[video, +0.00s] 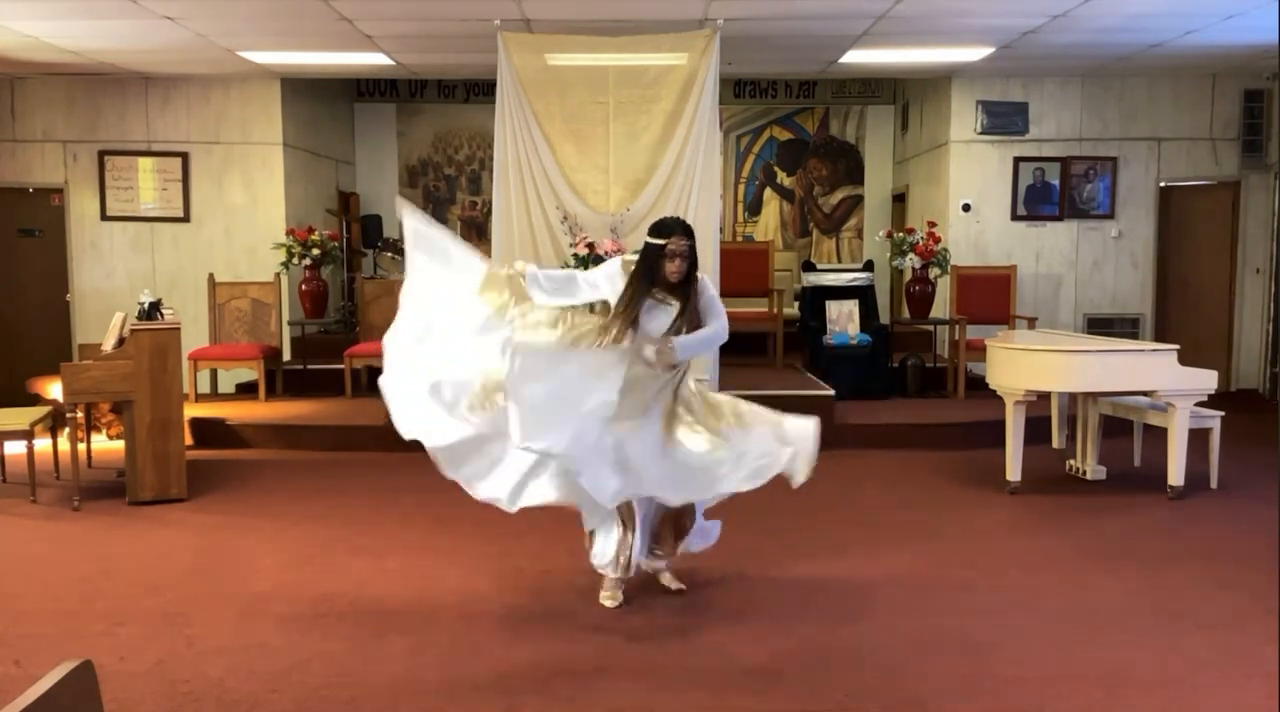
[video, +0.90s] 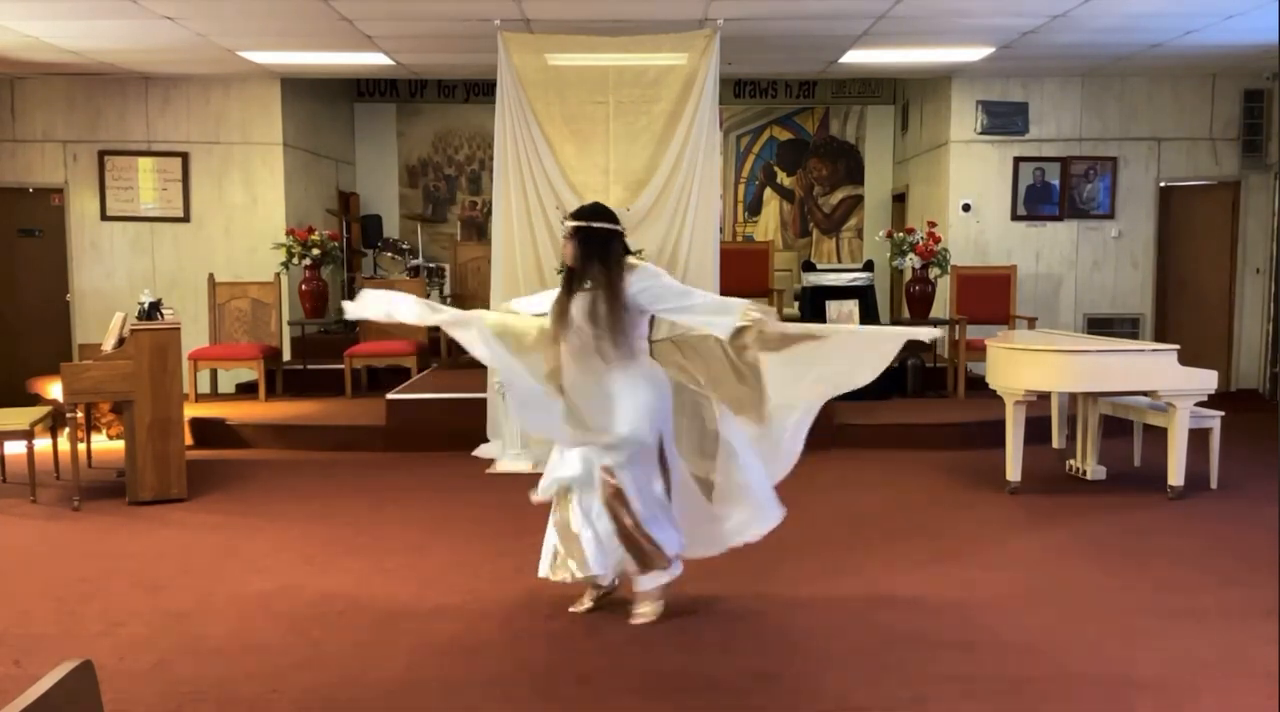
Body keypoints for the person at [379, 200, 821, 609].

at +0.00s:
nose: (676, 265)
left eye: (683, 257)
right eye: (667, 257)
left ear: (692, 258)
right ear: (651, 256)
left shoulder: (697, 289)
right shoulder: (626, 279)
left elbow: (720, 331)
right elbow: (572, 283)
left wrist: (675, 349)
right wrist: (520, 275)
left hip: (670, 396)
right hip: (619, 395)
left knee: (684, 482)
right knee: (612, 480)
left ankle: (659, 557)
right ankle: (613, 572)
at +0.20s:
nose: (678, 269)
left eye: (685, 261)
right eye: (669, 261)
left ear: (695, 263)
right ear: (654, 262)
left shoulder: (705, 299)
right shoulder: (627, 291)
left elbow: (739, 333)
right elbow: (585, 315)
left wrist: (718, 361)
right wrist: (544, 305)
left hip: (682, 406)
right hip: (626, 404)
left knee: (682, 488)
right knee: (602, 482)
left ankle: (672, 578)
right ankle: (608, 572)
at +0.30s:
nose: (670, 274)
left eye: (679, 267)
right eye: (662, 266)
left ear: (692, 269)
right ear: (649, 268)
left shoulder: (707, 309)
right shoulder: (626, 305)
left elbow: (741, 351)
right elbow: (585, 352)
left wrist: (752, 379)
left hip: (691, 417)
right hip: (632, 418)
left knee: (685, 499)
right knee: (586, 491)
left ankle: (677, 586)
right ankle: (595, 578)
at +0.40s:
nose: (653, 274)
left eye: (662, 266)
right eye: (646, 266)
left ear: (681, 270)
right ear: (638, 269)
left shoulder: (697, 311)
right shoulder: (622, 314)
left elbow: (730, 351)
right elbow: (609, 369)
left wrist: (757, 381)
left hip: (690, 433)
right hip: (638, 433)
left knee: (687, 512)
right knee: (609, 508)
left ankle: (676, 590)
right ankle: (571, 574)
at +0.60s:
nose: (616, 267)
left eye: (625, 260)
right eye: (614, 259)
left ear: (651, 264)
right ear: (613, 263)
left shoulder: (680, 306)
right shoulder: (602, 309)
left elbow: (718, 338)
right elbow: (573, 358)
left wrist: (760, 358)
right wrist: (594, 380)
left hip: (677, 420)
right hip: (623, 421)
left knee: (670, 502)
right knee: (618, 503)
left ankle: (667, 589)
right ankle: (616, 592)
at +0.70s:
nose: (597, 257)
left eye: (605, 250)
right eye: (597, 249)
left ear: (631, 254)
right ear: (600, 254)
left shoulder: (675, 292)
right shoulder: (589, 297)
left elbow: (721, 322)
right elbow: (543, 325)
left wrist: (772, 337)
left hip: (668, 406)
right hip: (608, 406)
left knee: (672, 496)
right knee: (578, 477)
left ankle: (675, 584)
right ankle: (593, 585)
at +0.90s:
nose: (563, 248)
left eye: (570, 241)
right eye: (566, 241)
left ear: (592, 247)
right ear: (589, 249)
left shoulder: (638, 284)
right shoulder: (567, 297)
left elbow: (697, 308)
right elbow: (510, 320)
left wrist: (753, 328)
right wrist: (453, 319)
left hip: (636, 396)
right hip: (589, 402)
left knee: (620, 487)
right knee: (577, 489)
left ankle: (656, 577)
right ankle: (602, 578)